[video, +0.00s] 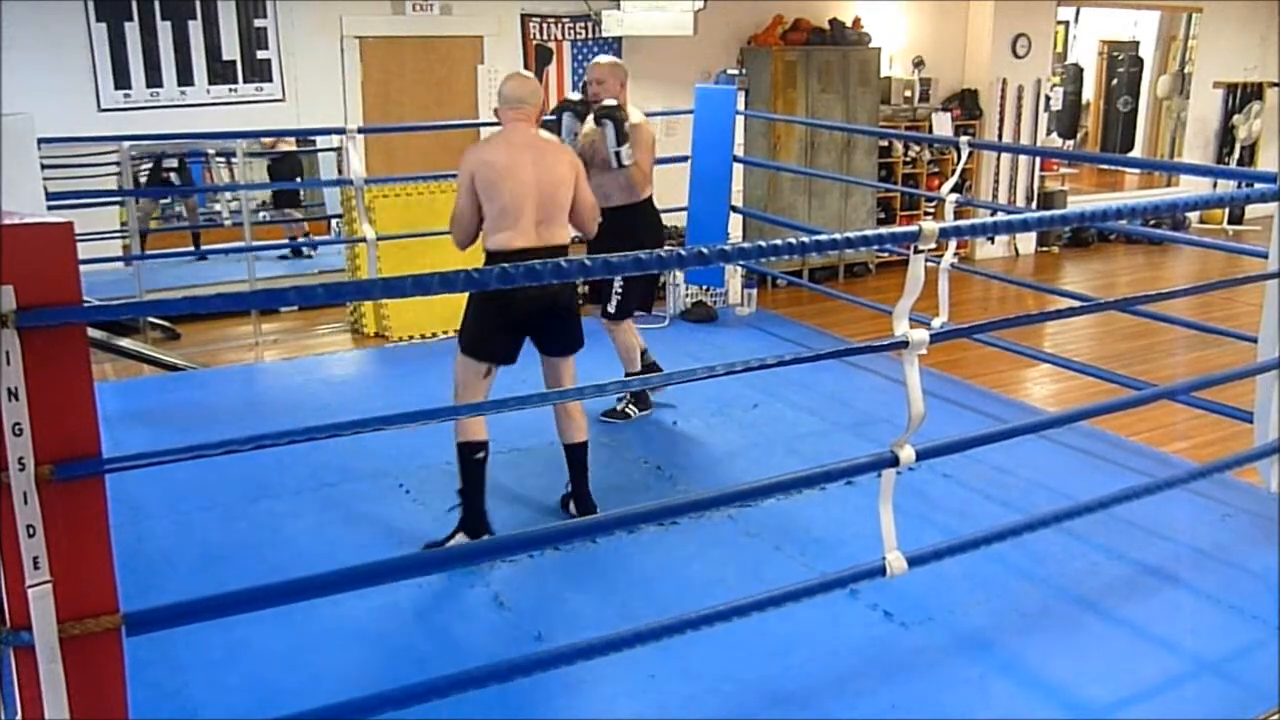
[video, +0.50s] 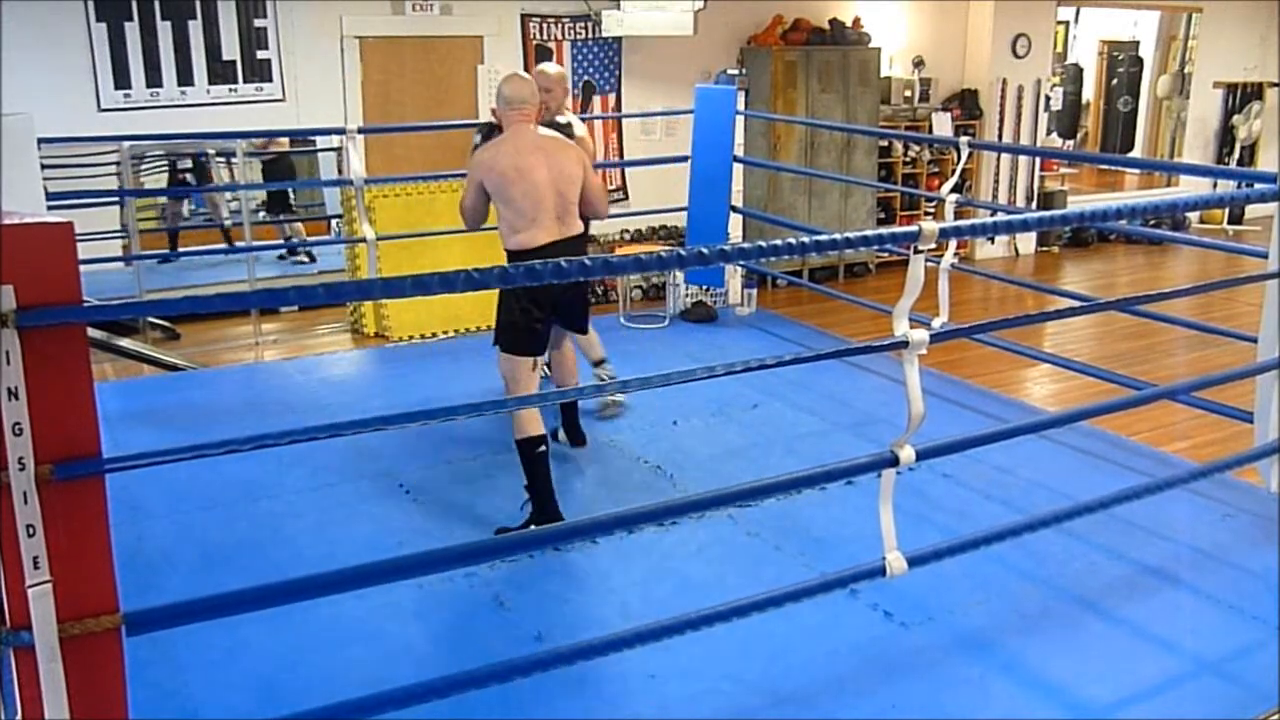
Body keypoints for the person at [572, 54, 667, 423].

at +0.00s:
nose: (591, 90)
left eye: (599, 83)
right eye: (588, 84)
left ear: (621, 85)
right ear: (586, 88)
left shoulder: (638, 128)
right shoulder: (589, 129)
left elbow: (639, 183)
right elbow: (575, 173)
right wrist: (568, 136)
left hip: (636, 220)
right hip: (605, 221)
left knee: (614, 315)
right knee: (607, 306)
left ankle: (638, 393)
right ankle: (645, 363)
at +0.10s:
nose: (585, 93)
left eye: (593, 86)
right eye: (582, 86)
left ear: (616, 88)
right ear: (581, 90)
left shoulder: (629, 135)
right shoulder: (588, 128)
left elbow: (625, 192)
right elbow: (576, 180)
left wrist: (597, 153)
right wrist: (565, 133)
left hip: (626, 227)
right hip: (595, 225)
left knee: (607, 321)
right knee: (588, 307)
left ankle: (638, 395)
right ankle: (631, 356)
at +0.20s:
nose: (578, 93)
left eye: (585, 86)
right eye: (574, 86)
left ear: (606, 88)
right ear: (572, 90)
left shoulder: (619, 133)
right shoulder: (583, 127)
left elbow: (616, 193)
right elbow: (574, 178)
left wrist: (587, 151)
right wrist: (560, 135)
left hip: (615, 224)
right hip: (585, 219)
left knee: (605, 318)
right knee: (577, 294)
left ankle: (637, 395)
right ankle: (584, 355)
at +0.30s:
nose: (566, 95)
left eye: (573, 88)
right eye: (563, 88)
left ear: (594, 90)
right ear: (561, 92)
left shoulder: (604, 131)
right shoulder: (568, 126)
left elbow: (604, 190)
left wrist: (569, 160)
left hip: (602, 221)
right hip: (570, 217)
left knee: (603, 316)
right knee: (559, 298)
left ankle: (636, 394)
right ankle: (552, 364)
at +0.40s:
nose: (553, 102)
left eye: (561, 95)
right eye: (548, 95)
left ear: (583, 97)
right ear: (543, 96)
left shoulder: (592, 139)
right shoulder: (540, 133)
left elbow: (592, 193)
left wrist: (567, 156)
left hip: (585, 231)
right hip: (549, 229)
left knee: (594, 320)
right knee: (546, 312)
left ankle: (634, 392)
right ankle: (546, 368)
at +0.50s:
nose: (540, 98)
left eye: (548, 91)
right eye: (537, 90)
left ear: (566, 93)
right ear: (532, 92)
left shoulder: (577, 132)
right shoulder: (524, 129)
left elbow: (589, 178)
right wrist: (488, 144)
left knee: (572, 316)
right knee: (539, 316)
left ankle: (606, 377)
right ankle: (535, 376)